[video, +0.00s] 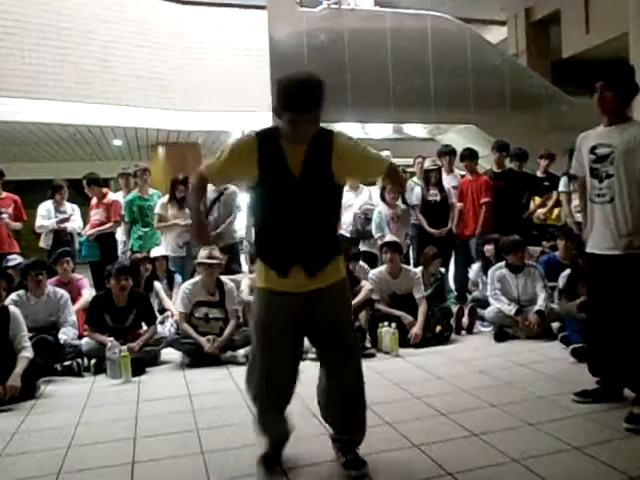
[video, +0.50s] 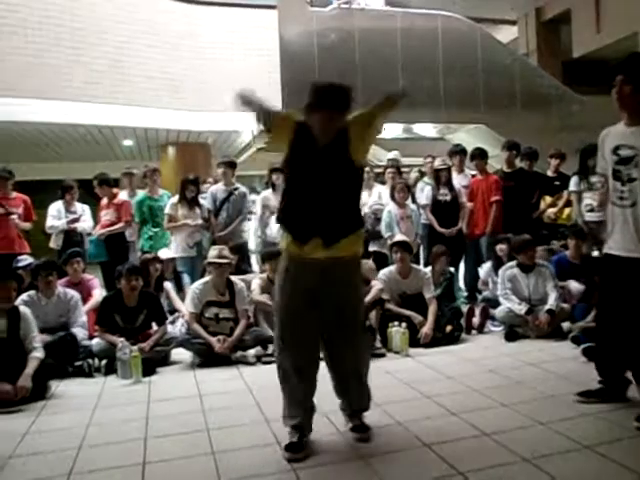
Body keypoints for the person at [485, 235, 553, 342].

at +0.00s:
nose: (521, 256)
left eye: (522, 252)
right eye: (516, 253)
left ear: (525, 252)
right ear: (506, 256)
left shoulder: (534, 269)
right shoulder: (495, 272)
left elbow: (543, 291)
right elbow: (494, 295)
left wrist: (539, 312)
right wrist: (516, 311)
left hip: (531, 307)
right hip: (509, 308)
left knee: (553, 311)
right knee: (491, 313)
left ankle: (513, 333)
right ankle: (538, 331)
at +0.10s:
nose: (521, 256)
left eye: (522, 252)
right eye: (516, 253)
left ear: (525, 252)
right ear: (506, 256)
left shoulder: (534, 269)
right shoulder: (495, 272)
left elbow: (543, 291)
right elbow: (494, 295)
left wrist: (539, 311)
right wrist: (515, 311)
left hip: (531, 307)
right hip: (509, 308)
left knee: (549, 311)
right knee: (491, 313)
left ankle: (513, 333)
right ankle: (538, 331)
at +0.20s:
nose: (520, 257)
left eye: (522, 253)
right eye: (515, 254)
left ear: (525, 253)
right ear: (507, 257)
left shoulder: (535, 270)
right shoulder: (495, 273)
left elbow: (543, 293)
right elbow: (494, 297)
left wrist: (539, 313)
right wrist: (516, 312)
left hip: (531, 308)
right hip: (509, 310)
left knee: (553, 311)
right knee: (491, 315)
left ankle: (513, 334)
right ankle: (538, 332)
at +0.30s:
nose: (520, 256)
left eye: (522, 252)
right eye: (515, 253)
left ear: (525, 252)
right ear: (506, 256)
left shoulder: (535, 269)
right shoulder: (495, 272)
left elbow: (543, 292)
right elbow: (494, 296)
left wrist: (539, 312)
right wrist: (516, 311)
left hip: (531, 307)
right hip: (509, 309)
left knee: (554, 310)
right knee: (491, 314)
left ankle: (513, 333)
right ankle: (538, 331)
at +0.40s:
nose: (525, 256)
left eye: (526, 252)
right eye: (520, 254)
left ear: (529, 252)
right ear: (511, 257)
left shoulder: (539, 269)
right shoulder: (500, 272)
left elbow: (547, 292)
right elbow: (498, 296)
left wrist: (543, 312)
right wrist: (520, 312)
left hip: (535, 307)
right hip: (513, 308)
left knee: (558, 311)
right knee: (495, 314)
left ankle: (517, 333)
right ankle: (541, 331)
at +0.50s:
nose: (531, 255)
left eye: (533, 251)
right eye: (526, 252)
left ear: (536, 251)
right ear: (517, 255)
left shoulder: (545, 268)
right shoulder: (506, 271)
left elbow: (553, 291)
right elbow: (505, 295)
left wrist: (549, 311)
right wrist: (526, 311)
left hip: (541, 306)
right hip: (519, 307)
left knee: (564, 310)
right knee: (501, 313)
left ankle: (523, 332)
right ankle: (547, 331)